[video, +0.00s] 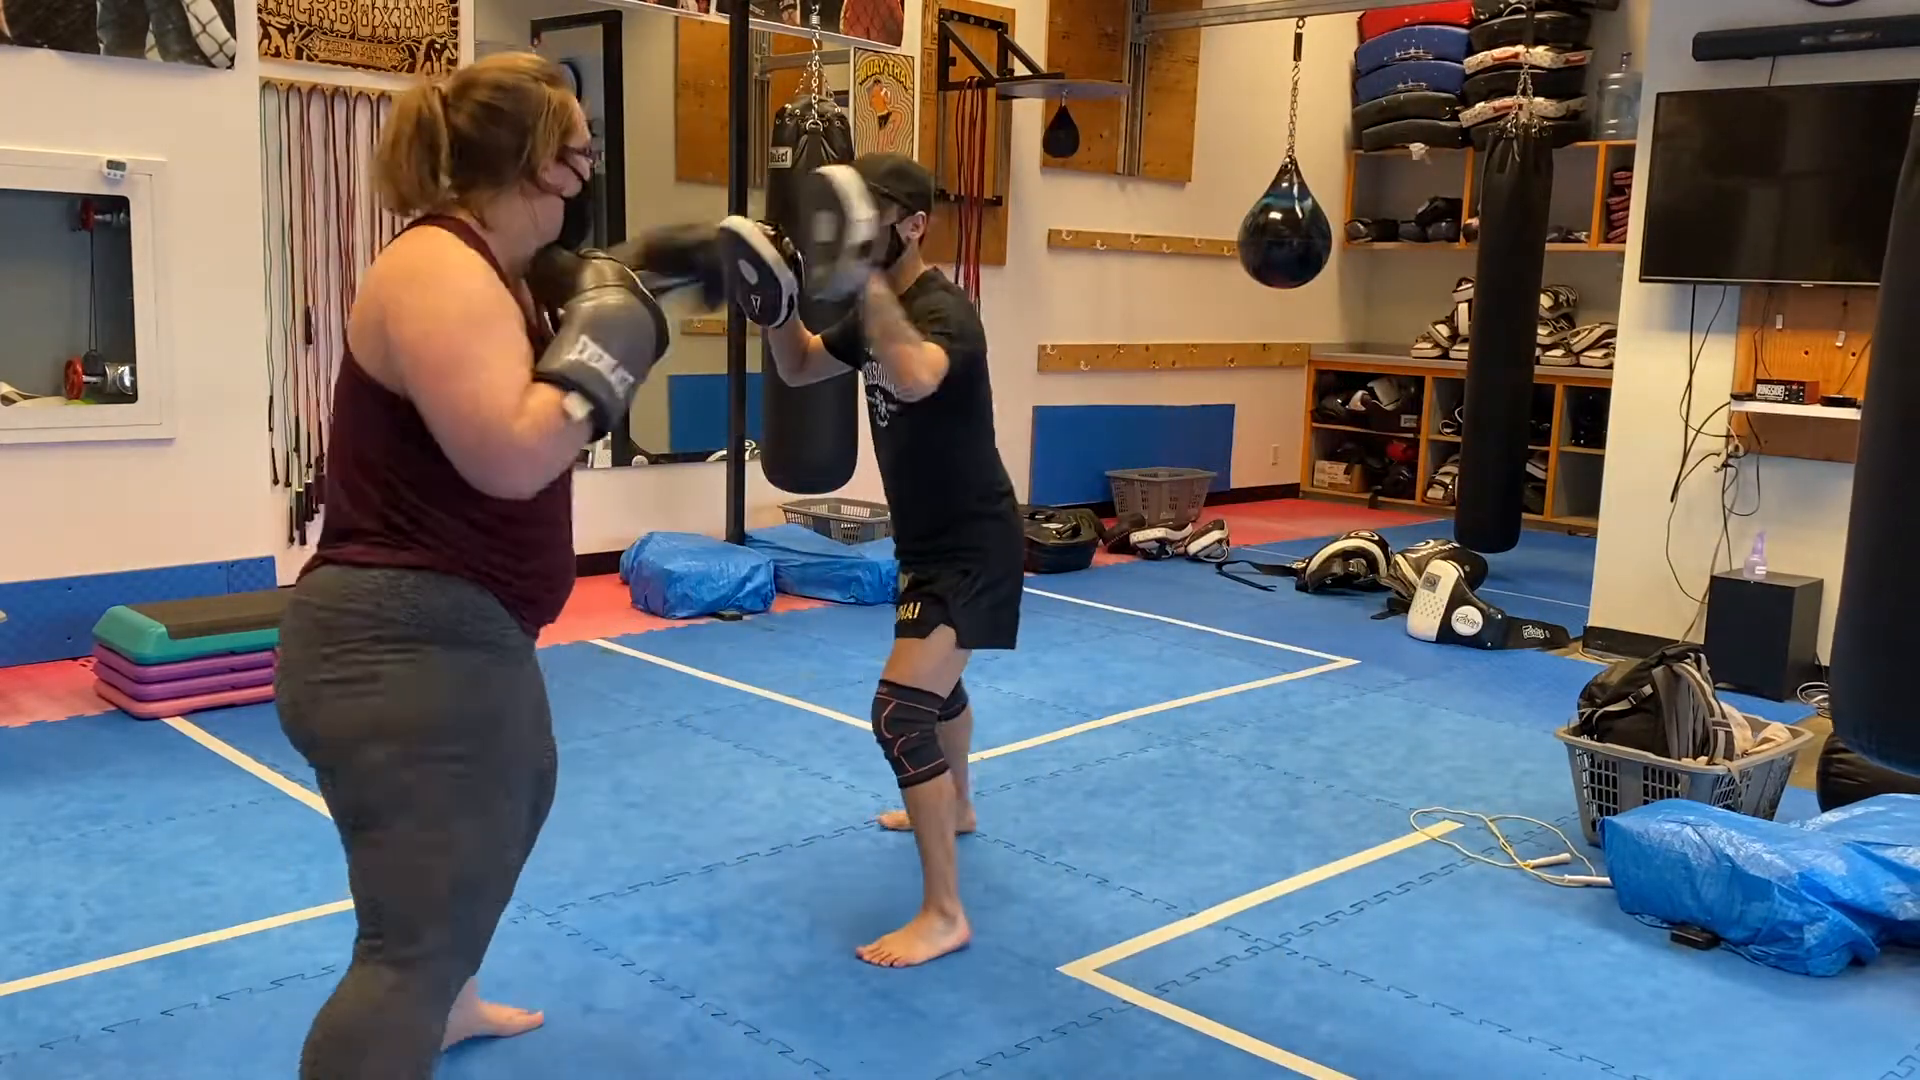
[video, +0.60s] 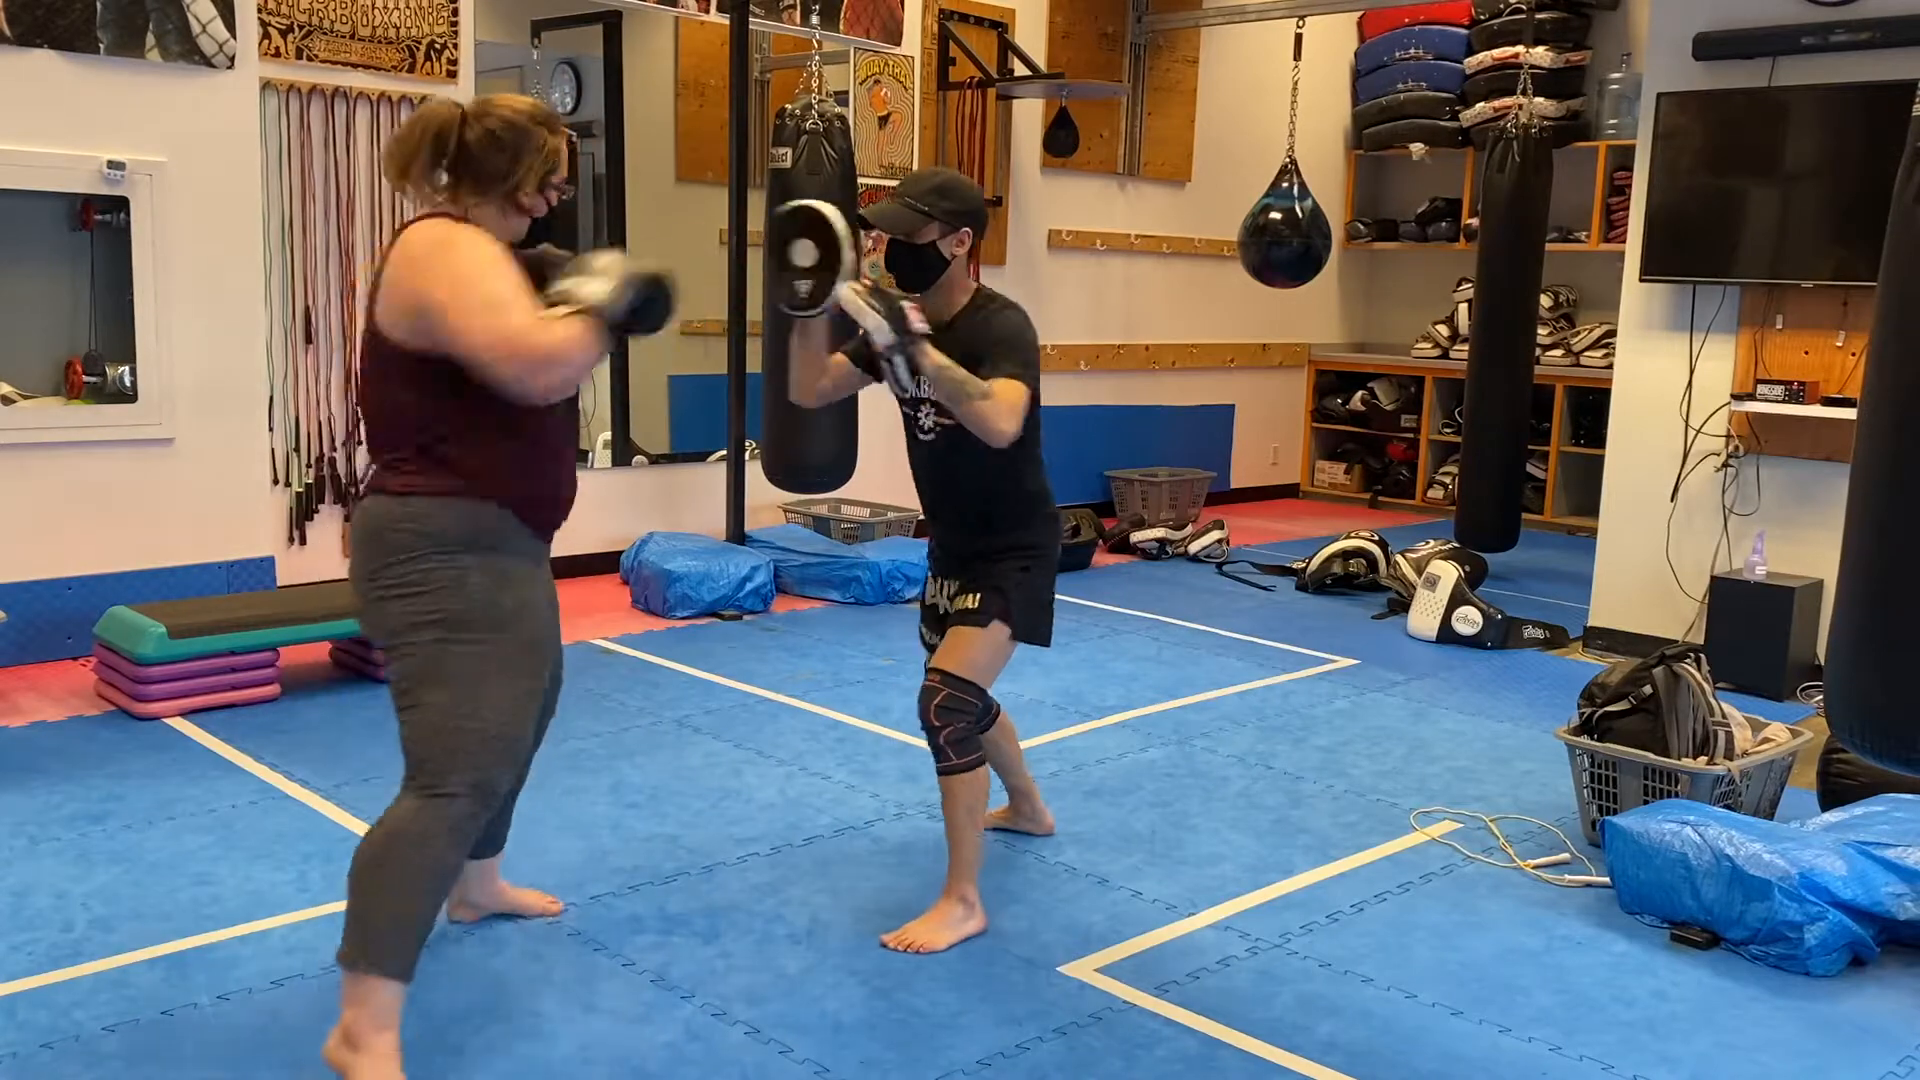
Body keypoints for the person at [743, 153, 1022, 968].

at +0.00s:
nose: (858, 241)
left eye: (869, 227)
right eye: (854, 229)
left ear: (910, 225)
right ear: (883, 231)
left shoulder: (945, 308)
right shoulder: (873, 303)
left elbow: (916, 377)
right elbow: (801, 366)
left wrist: (866, 282)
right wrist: (772, 301)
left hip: (971, 538)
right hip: (927, 534)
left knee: (904, 711)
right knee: (936, 680)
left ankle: (945, 913)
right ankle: (954, 804)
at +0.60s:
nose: (890, 251)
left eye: (907, 239)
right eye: (889, 238)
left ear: (959, 243)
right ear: (890, 238)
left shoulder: (1001, 324)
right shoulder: (896, 318)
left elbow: (1002, 423)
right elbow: (811, 390)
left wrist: (921, 352)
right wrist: (809, 305)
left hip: (1014, 544)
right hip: (952, 542)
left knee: (949, 703)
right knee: (961, 692)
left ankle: (964, 899)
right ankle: (1027, 805)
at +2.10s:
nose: (757, 260)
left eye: (771, 249)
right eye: (756, 247)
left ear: (817, 254)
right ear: (791, 252)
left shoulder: (854, 337)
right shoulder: (764, 325)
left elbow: (849, 433)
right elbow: (691, 399)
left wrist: (774, 376)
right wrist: (699, 349)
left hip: (862, 526)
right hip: (796, 520)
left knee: (857, 676)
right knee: (733, 645)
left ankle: (917, 863)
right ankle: (735, 744)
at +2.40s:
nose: (705, 277)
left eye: (719, 267)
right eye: (703, 265)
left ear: (761, 272)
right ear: (703, 267)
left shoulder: (788, 346)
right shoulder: (717, 339)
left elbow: (798, 426)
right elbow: (656, 388)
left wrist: (700, 393)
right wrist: (633, 374)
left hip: (820, 531)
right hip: (753, 527)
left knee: (787, 659)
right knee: (679, 639)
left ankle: (841, 813)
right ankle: (735, 750)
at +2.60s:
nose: (699, 280)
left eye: (712, 269)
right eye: (694, 267)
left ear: (753, 272)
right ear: (693, 268)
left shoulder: (777, 342)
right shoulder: (709, 344)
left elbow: (784, 415)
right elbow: (660, 386)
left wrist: (699, 392)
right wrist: (635, 382)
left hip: (817, 531)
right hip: (755, 526)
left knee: (783, 658)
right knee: (682, 636)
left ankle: (840, 812)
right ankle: (735, 749)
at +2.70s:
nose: (700, 280)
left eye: (715, 270)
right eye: (695, 268)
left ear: (754, 271)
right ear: (693, 269)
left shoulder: (780, 342)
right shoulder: (708, 344)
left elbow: (790, 415)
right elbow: (654, 389)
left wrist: (711, 395)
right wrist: (607, 361)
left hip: (821, 529)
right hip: (755, 525)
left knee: (785, 657)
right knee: (683, 637)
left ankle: (841, 812)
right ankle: (735, 749)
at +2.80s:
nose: (706, 278)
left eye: (720, 267)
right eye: (700, 267)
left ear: (757, 269)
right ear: (693, 270)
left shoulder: (784, 340)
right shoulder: (710, 337)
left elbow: (803, 414)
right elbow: (670, 386)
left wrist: (718, 391)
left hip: (825, 526)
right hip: (760, 522)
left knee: (789, 654)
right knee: (685, 633)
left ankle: (846, 813)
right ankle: (735, 748)